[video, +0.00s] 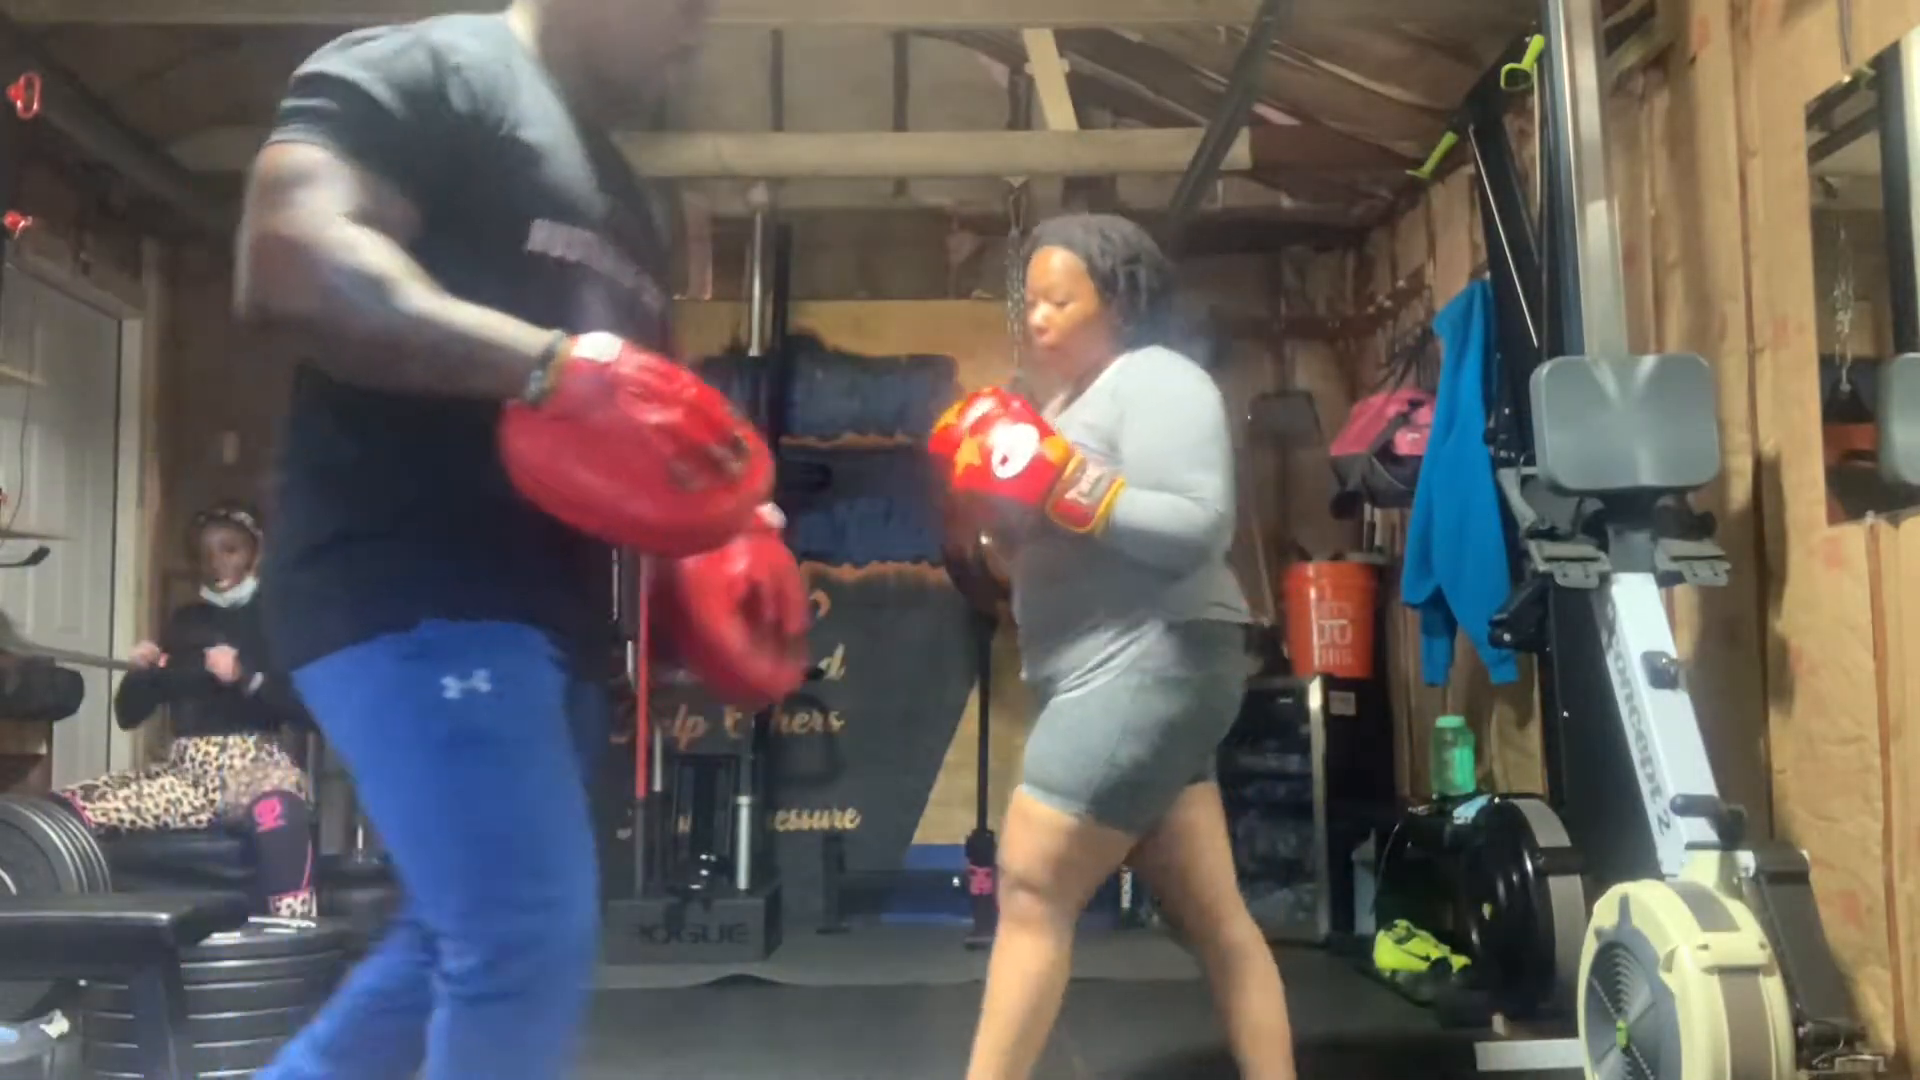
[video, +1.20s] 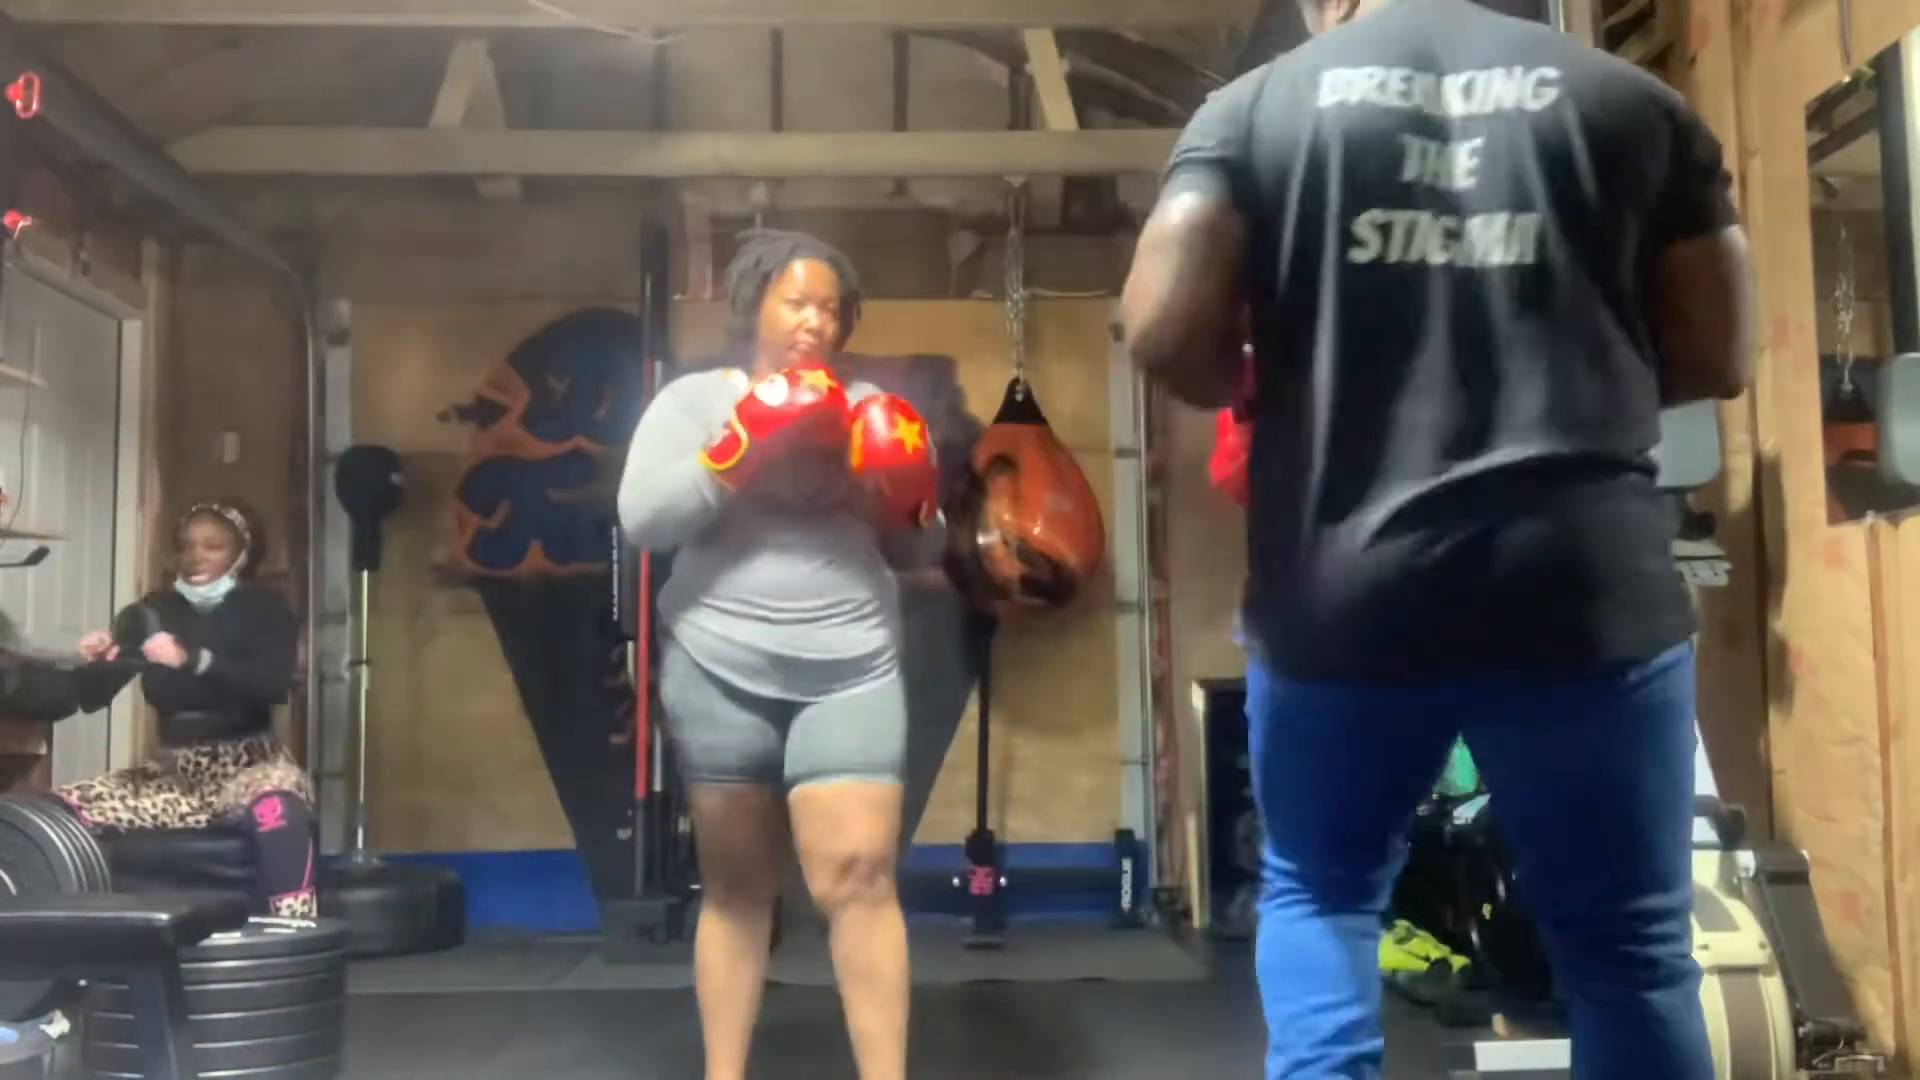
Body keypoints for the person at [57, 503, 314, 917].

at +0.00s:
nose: (218, 563)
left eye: (230, 550)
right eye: (209, 552)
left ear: (255, 554)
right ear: (199, 559)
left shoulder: (279, 613)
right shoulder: (186, 619)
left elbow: (307, 709)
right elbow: (129, 717)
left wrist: (246, 677)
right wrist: (139, 674)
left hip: (260, 771)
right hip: (185, 772)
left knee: (279, 814)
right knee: (64, 811)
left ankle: (295, 944)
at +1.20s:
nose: (196, 556)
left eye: (212, 546)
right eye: (188, 545)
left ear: (239, 556)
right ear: (178, 551)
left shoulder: (265, 608)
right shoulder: (151, 612)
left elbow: (271, 684)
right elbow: (93, 697)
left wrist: (192, 659)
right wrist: (93, 665)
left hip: (248, 772)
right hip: (168, 774)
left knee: (281, 813)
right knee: (61, 811)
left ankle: (294, 946)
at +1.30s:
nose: (184, 556)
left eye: (200, 547)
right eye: (176, 546)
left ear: (228, 558)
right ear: (166, 552)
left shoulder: (256, 611)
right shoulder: (147, 613)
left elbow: (255, 699)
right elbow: (92, 711)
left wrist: (170, 685)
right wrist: (89, 683)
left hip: (246, 771)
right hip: (168, 775)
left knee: (279, 814)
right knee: (57, 813)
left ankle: (296, 945)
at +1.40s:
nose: (174, 558)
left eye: (189, 550)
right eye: (168, 549)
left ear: (219, 563)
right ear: (158, 555)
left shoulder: (250, 622)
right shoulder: (138, 619)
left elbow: (247, 720)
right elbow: (107, 705)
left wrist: (165, 726)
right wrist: (86, 715)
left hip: (243, 773)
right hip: (165, 775)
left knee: (279, 812)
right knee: (61, 813)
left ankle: (295, 944)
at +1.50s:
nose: (166, 561)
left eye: (183, 551)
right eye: (161, 551)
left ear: (214, 568)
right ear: (150, 559)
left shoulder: (246, 623)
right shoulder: (132, 625)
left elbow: (243, 727)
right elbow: (103, 710)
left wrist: (168, 759)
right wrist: (81, 739)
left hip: (238, 778)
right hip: (156, 780)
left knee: (281, 811)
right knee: (54, 817)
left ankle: (295, 945)